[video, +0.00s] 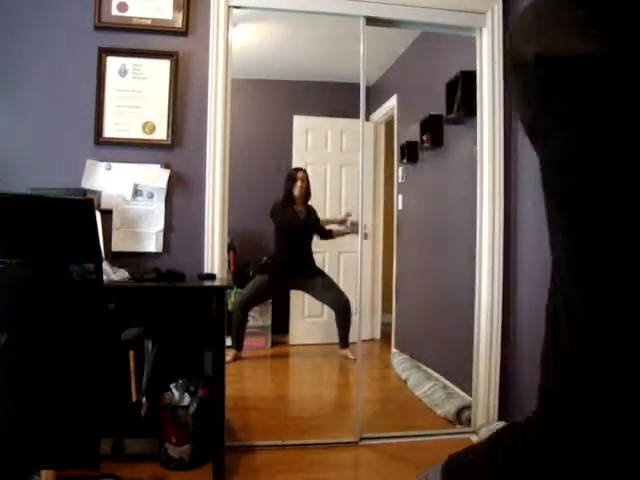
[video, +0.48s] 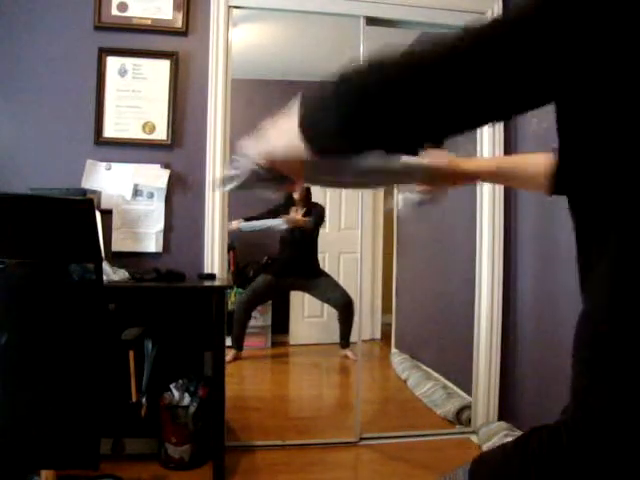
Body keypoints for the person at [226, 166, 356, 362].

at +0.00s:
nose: (300, 184)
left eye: (303, 180)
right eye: (296, 180)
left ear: (308, 185)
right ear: (289, 184)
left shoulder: (309, 212)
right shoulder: (279, 208)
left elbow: (324, 234)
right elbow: (297, 224)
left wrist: (348, 231)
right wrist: (334, 221)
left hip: (307, 272)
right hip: (278, 272)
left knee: (342, 303)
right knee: (240, 304)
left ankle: (344, 347)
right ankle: (236, 350)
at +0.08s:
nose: (299, 185)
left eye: (302, 182)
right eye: (295, 181)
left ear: (307, 186)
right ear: (288, 185)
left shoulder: (308, 213)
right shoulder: (279, 209)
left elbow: (314, 237)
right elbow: (293, 227)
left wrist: (344, 237)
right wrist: (327, 226)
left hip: (306, 273)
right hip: (278, 273)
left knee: (342, 305)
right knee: (240, 304)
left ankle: (344, 347)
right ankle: (236, 350)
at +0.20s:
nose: (298, 187)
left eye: (301, 183)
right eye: (294, 183)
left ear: (306, 188)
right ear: (287, 186)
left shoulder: (308, 214)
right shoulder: (277, 210)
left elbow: (320, 238)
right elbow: (291, 225)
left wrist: (339, 238)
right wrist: (326, 230)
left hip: (307, 274)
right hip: (277, 274)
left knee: (342, 305)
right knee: (240, 302)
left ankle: (345, 347)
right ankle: (236, 350)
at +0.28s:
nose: (297, 189)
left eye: (301, 185)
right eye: (294, 185)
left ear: (305, 189)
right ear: (287, 188)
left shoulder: (311, 213)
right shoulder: (277, 210)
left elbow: (336, 232)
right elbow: (280, 224)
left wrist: (351, 230)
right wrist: (305, 224)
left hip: (307, 274)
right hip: (277, 274)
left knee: (343, 305)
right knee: (241, 303)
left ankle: (344, 347)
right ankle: (236, 350)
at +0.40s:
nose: (298, 189)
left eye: (302, 185)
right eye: (295, 184)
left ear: (307, 189)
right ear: (288, 188)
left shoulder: (314, 211)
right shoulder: (278, 211)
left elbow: (332, 229)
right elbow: (256, 229)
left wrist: (326, 222)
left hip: (308, 273)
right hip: (278, 273)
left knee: (344, 304)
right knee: (241, 303)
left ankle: (345, 348)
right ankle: (236, 350)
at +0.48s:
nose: (297, 190)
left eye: (301, 186)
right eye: (294, 187)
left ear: (307, 192)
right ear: (289, 191)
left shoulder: (316, 209)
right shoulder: (284, 208)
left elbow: (314, 224)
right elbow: (264, 216)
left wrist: (298, 222)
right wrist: (242, 223)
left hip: (310, 273)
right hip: (280, 272)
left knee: (345, 302)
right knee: (245, 302)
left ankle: (345, 347)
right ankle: (236, 349)